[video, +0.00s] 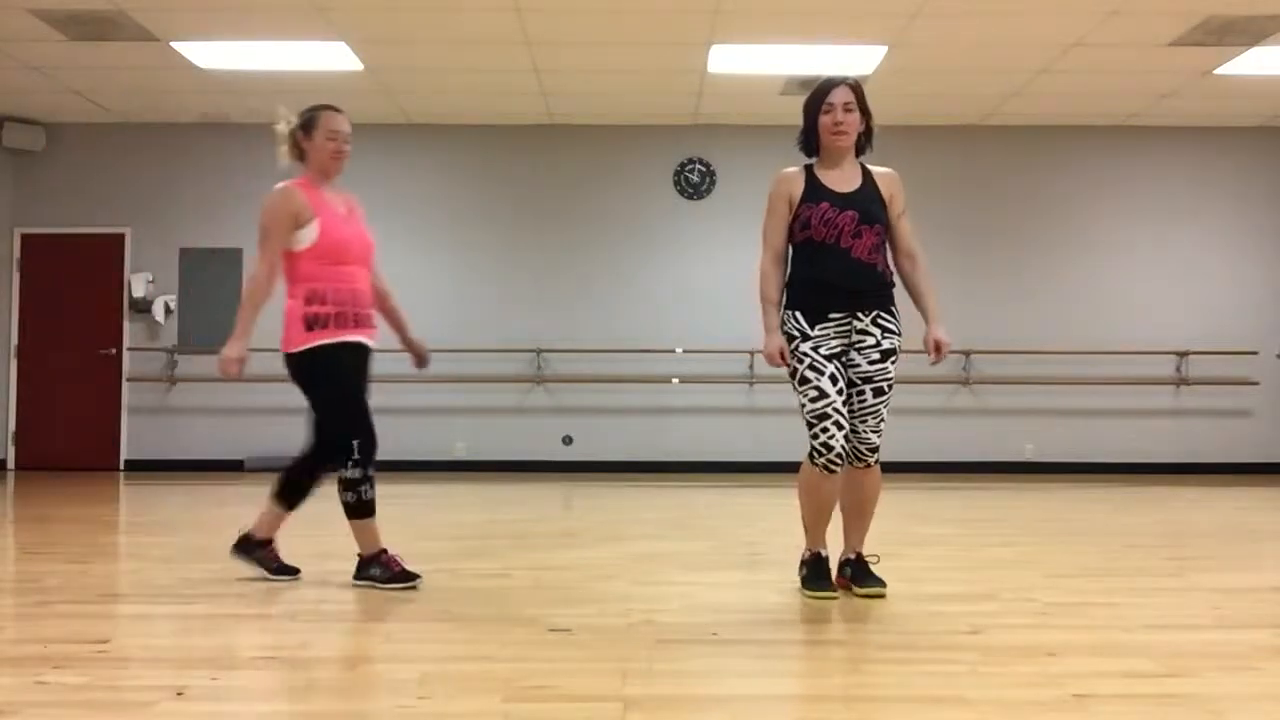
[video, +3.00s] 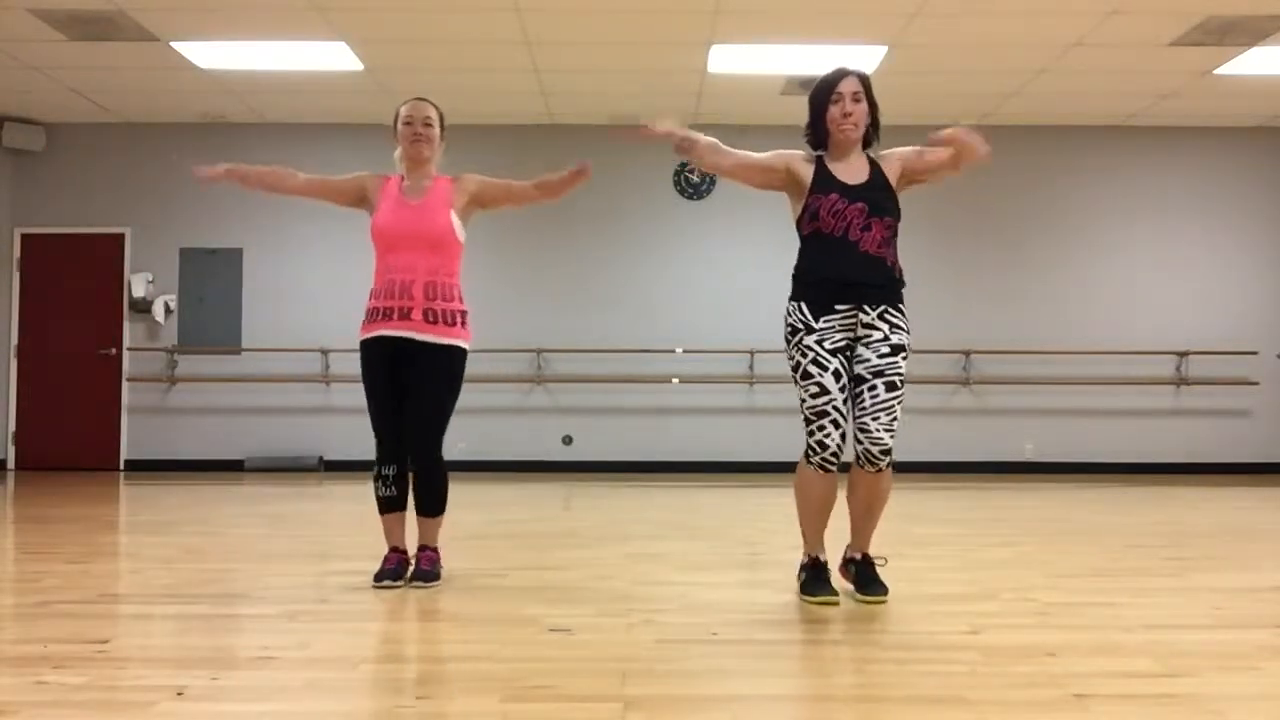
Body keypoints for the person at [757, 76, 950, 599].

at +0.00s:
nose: (840, 118)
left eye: (849, 109)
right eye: (829, 110)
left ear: (864, 120)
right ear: (813, 120)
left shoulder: (885, 183)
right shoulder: (791, 183)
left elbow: (908, 258)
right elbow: (773, 259)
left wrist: (932, 321)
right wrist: (771, 328)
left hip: (875, 326)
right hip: (810, 327)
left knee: (865, 444)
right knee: (830, 441)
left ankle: (854, 558)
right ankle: (814, 556)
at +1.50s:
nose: (845, 108)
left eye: (854, 100)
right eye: (835, 101)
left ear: (869, 112)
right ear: (817, 114)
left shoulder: (891, 174)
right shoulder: (796, 177)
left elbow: (935, 241)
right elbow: (766, 249)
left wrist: (979, 304)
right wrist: (831, 260)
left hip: (881, 318)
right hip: (817, 319)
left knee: (870, 438)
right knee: (832, 431)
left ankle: (854, 556)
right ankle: (818, 539)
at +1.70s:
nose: (840, 113)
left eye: (849, 104)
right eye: (830, 105)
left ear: (863, 116)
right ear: (812, 117)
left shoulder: (883, 176)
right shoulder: (793, 177)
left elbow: (950, 214)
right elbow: (762, 221)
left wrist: (1020, 250)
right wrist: (834, 229)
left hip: (878, 324)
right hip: (814, 325)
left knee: (871, 443)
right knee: (835, 440)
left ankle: (854, 558)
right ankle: (818, 555)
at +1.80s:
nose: (842, 109)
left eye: (850, 100)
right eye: (831, 101)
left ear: (864, 113)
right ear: (812, 114)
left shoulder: (882, 171)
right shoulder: (794, 167)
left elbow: (959, 191)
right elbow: (753, 191)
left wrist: (1037, 205)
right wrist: (796, 203)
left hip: (877, 317)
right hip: (813, 319)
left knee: (882, 439)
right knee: (833, 438)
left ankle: (855, 551)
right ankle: (817, 555)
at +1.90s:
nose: (842, 106)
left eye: (851, 98)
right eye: (831, 99)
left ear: (864, 112)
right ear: (814, 112)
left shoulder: (885, 168)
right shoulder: (795, 165)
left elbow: (958, 175)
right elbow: (753, 168)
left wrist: (1015, 164)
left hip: (877, 314)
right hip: (814, 316)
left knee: (893, 429)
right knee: (828, 435)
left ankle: (859, 537)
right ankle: (817, 556)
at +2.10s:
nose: (851, 108)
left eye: (859, 100)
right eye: (840, 100)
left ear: (872, 113)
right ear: (821, 113)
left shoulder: (892, 173)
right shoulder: (801, 169)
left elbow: (974, 169)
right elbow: (731, 159)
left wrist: (920, 154)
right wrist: (661, 150)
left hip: (885, 321)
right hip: (821, 321)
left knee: (881, 441)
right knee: (834, 440)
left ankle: (861, 557)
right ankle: (819, 557)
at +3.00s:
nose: (847, 108)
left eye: (856, 99)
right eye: (837, 100)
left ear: (871, 111)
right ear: (820, 112)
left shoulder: (893, 164)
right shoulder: (798, 166)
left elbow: (964, 158)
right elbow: (730, 160)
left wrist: (962, 139)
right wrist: (684, 139)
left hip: (882, 317)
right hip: (817, 317)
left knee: (876, 441)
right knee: (827, 438)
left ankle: (859, 556)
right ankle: (813, 560)